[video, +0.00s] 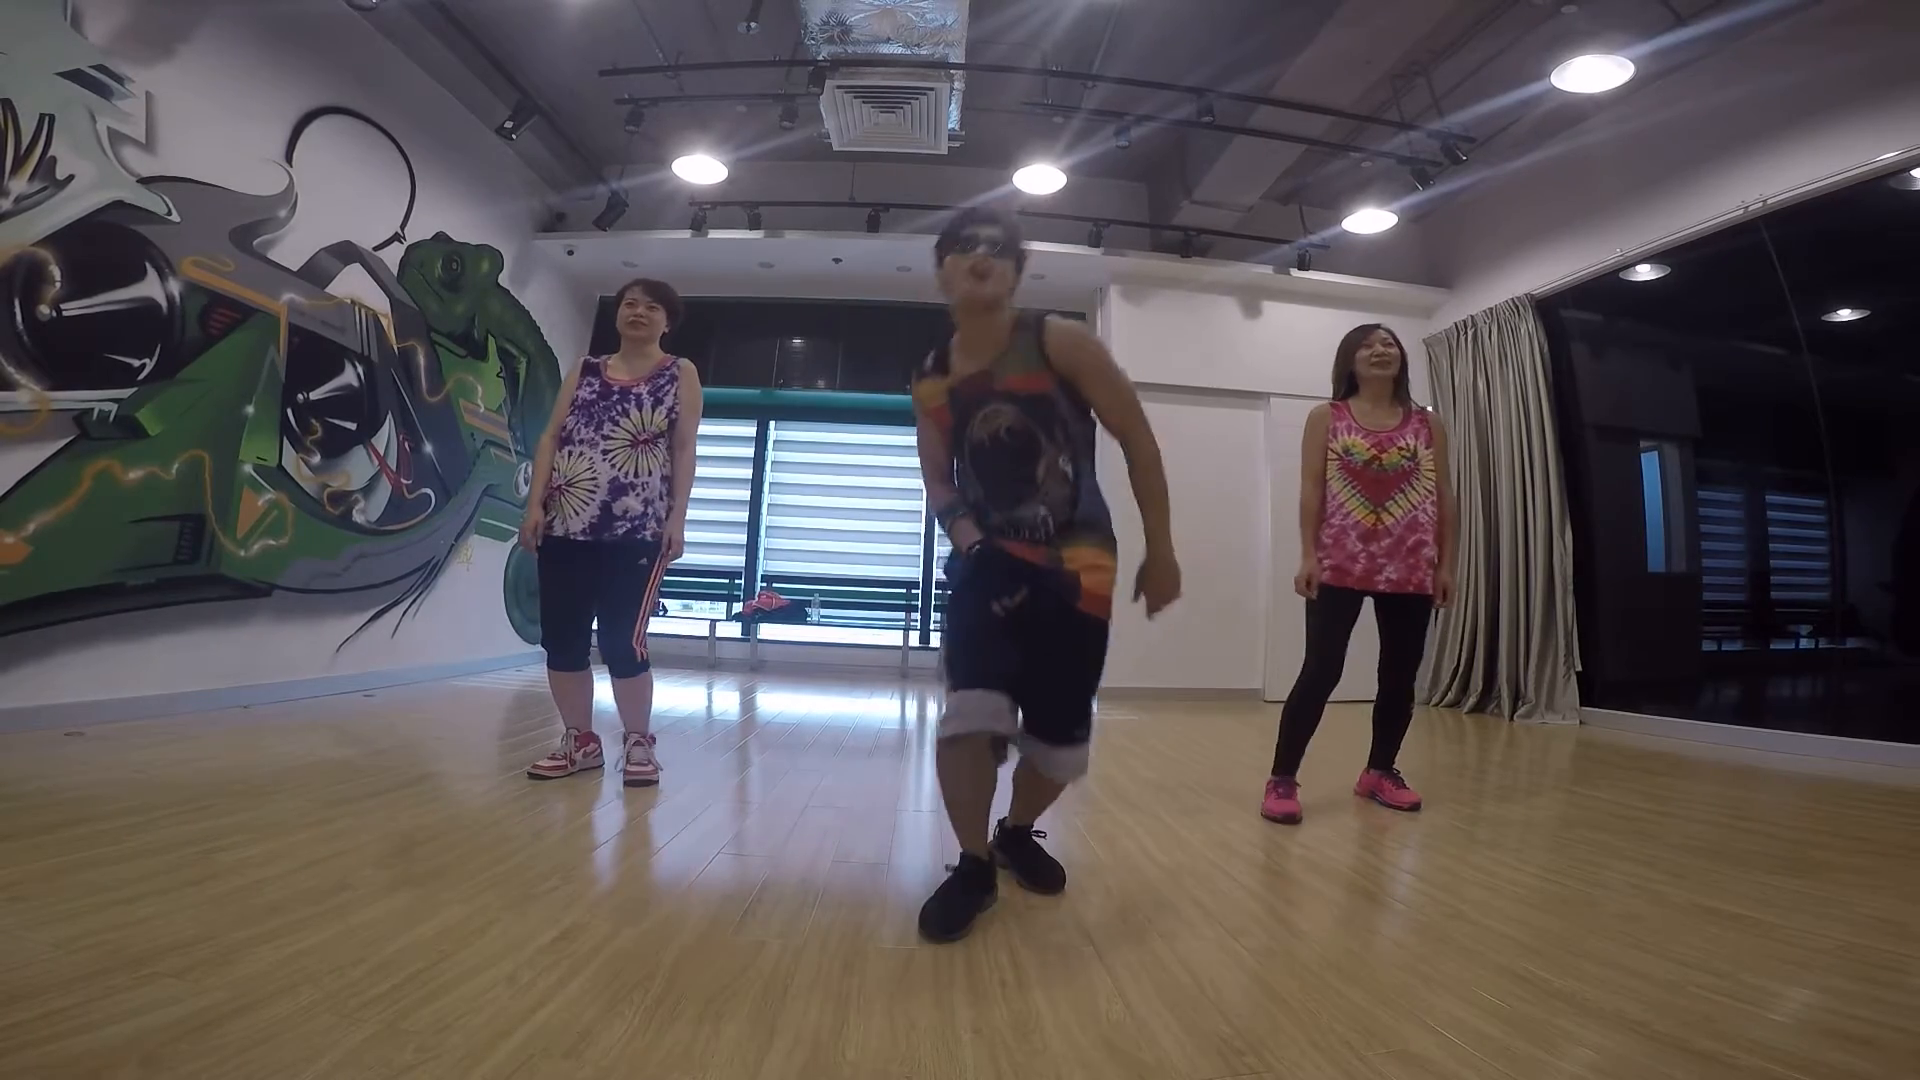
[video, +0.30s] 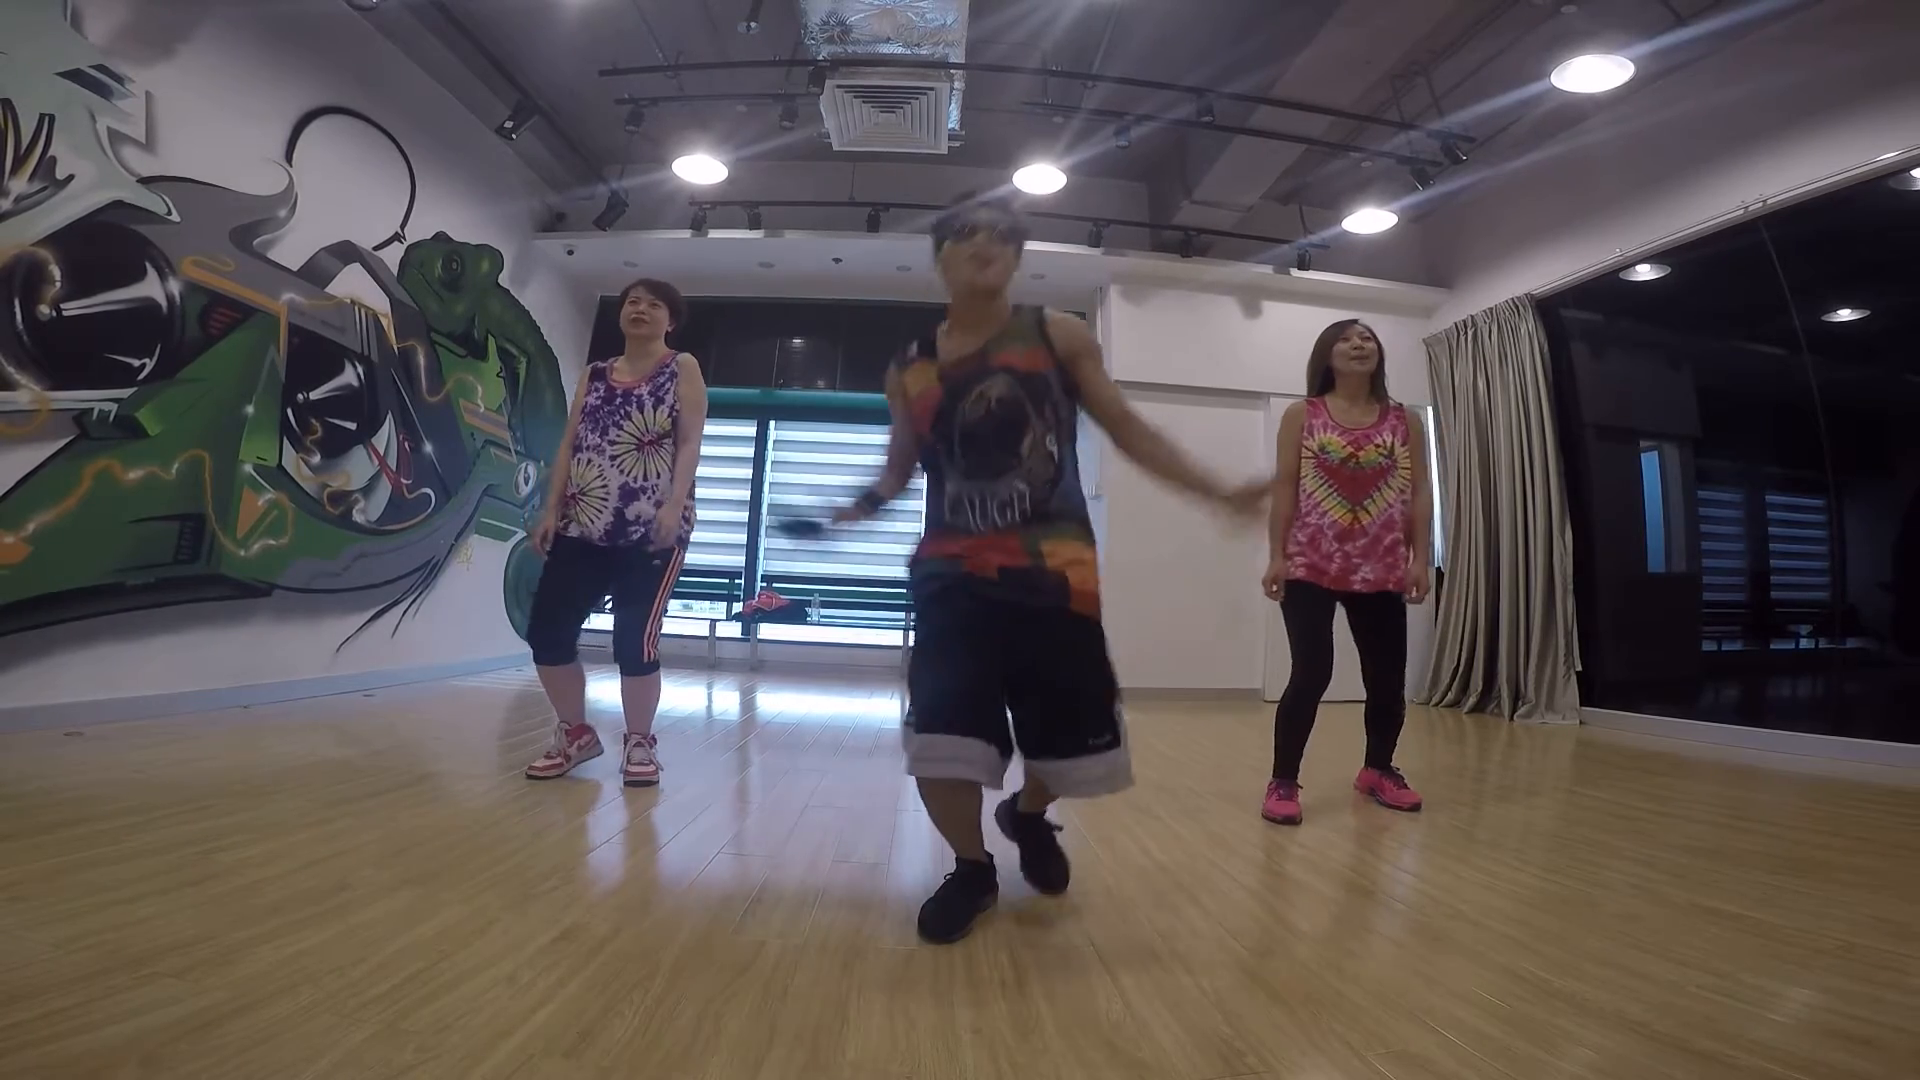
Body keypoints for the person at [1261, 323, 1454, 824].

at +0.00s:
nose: (1380, 349)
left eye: (1389, 344)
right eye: (1368, 345)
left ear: (1403, 361)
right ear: (1349, 362)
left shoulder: (1427, 423)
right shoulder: (1327, 417)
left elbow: (1442, 495)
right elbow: (1312, 488)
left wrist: (1444, 564)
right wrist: (1309, 555)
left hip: (1408, 567)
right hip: (1340, 564)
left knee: (1399, 675)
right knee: (1321, 671)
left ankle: (1379, 772)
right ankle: (1283, 780)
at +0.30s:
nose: (1359, 343)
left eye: (1367, 338)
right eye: (1346, 338)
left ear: (1380, 356)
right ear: (1326, 357)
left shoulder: (1404, 421)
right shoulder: (1302, 415)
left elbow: (1420, 492)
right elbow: (1285, 487)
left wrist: (1421, 559)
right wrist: (1277, 554)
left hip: (1380, 569)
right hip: (1310, 566)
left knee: (1387, 680)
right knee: (1311, 673)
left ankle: (1378, 770)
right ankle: (1284, 783)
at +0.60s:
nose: (1365, 342)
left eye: (1374, 339)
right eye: (1353, 337)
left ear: (1384, 359)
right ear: (1331, 355)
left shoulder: (1393, 423)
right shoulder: (1303, 402)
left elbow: (1397, 494)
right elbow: (1282, 471)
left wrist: (1406, 552)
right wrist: (1277, 538)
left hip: (1370, 562)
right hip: (1304, 555)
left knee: (1371, 673)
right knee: (1305, 667)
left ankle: (1346, 771)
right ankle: (1283, 782)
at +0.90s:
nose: (1370, 351)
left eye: (1377, 347)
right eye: (1357, 347)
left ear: (1389, 367)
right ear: (1337, 365)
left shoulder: (1399, 432)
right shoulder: (1312, 414)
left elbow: (1410, 504)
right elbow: (1295, 485)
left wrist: (1425, 567)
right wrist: (1294, 553)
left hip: (1383, 576)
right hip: (1322, 570)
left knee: (1375, 679)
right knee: (1339, 670)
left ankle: (1347, 772)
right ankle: (1290, 780)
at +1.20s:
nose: (1344, 348)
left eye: (1352, 343)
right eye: (1331, 345)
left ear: (1366, 361)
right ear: (1314, 366)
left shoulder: (1394, 419)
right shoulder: (1299, 418)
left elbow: (1416, 492)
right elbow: (1285, 489)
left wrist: (1426, 556)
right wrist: (1275, 556)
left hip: (1385, 567)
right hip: (1320, 565)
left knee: (1372, 674)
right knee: (1345, 667)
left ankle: (1348, 769)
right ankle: (1300, 759)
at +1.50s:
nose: (1326, 354)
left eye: (1334, 349)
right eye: (1313, 351)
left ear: (1348, 364)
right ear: (1296, 371)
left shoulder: (1379, 419)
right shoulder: (1285, 427)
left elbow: (1396, 490)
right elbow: (1278, 500)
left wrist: (1400, 558)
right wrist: (1272, 566)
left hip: (1368, 566)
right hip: (1302, 566)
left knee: (1369, 674)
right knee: (1316, 665)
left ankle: (1346, 768)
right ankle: (1300, 767)